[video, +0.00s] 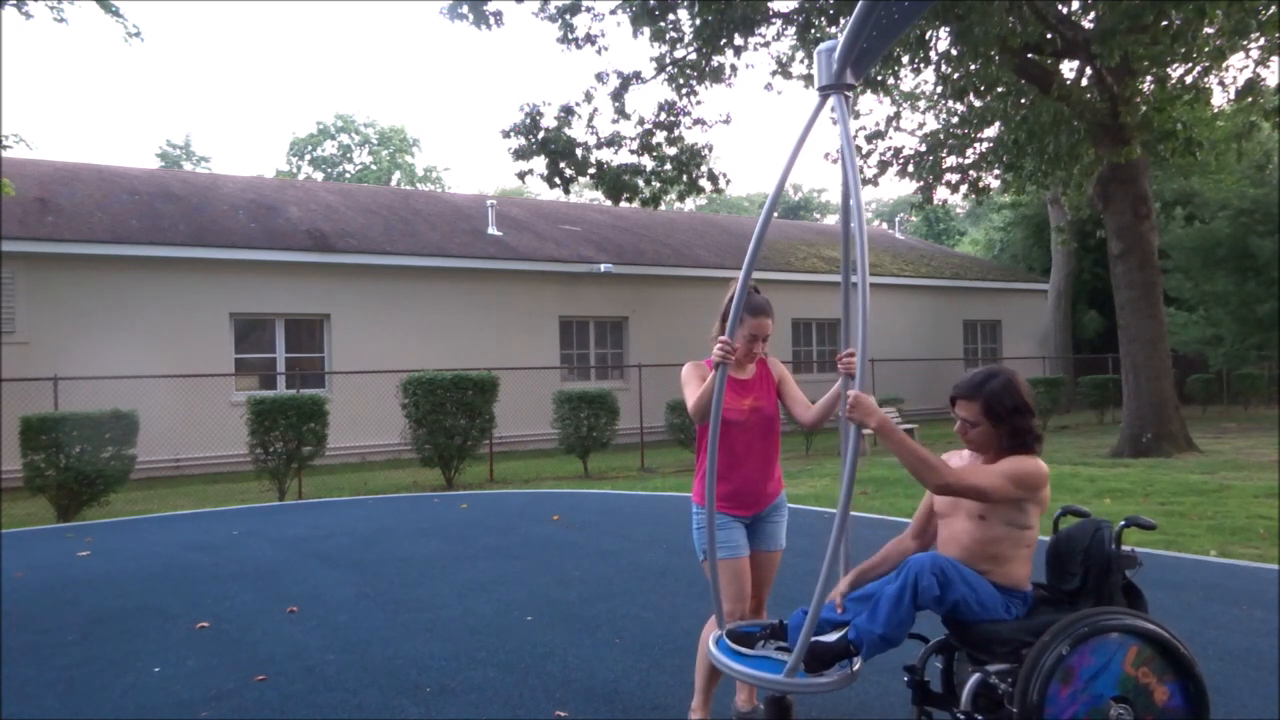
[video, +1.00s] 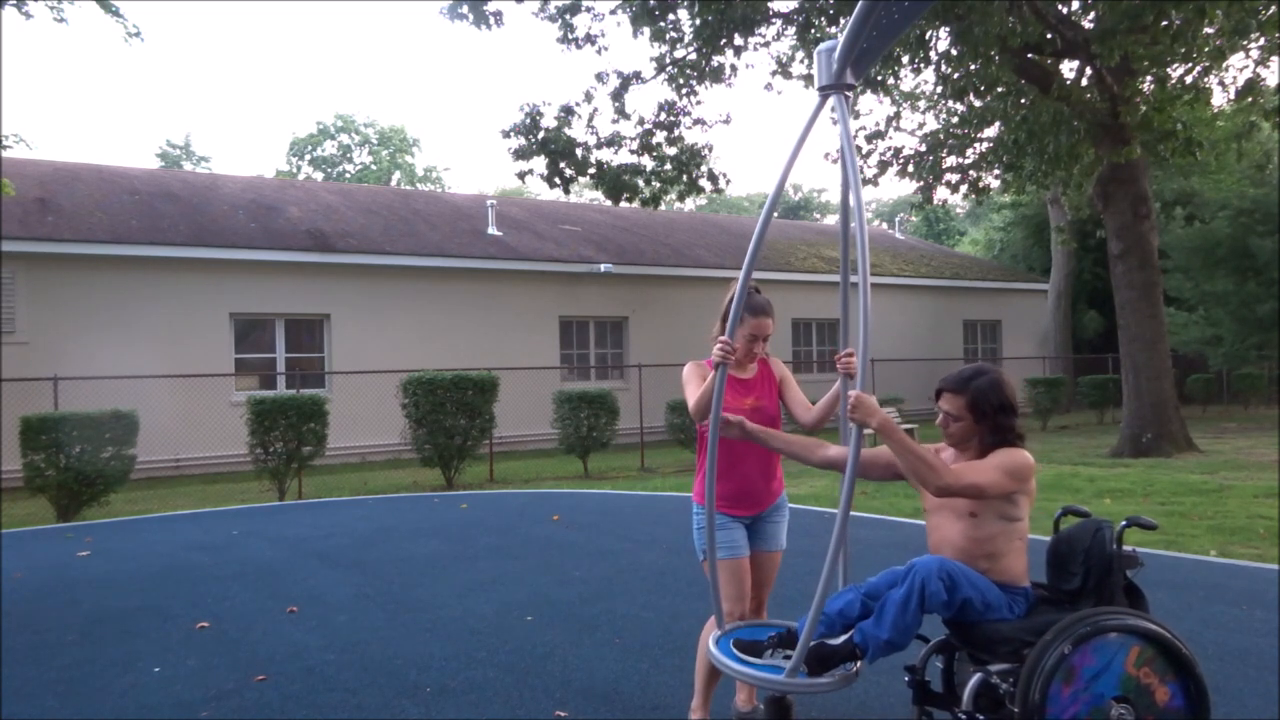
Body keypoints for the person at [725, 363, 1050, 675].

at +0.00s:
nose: (959, 431)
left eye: (969, 424)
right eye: (957, 421)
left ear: (1004, 424)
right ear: (956, 415)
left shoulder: (1030, 471)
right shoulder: (954, 462)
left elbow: (945, 481)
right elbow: (914, 538)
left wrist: (879, 422)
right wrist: (852, 577)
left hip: (1001, 599)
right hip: (945, 585)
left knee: (928, 567)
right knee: (879, 590)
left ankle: (846, 645)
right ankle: (789, 631)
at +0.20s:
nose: (956, 432)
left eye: (967, 424)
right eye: (954, 422)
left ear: (1001, 423)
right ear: (952, 415)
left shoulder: (1031, 470)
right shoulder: (950, 462)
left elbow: (950, 483)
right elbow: (918, 536)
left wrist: (880, 423)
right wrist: (864, 565)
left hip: (999, 599)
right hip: (944, 582)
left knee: (929, 565)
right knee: (884, 565)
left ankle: (852, 646)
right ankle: (798, 630)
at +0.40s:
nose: (951, 431)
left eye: (961, 424)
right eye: (949, 421)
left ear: (996, 422)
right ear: (948, 415)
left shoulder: (1027, 469)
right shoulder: (946, 463)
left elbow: (946, 484)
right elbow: (912, 532)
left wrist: (881, 424)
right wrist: (856, 557)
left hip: (1000, 598)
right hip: (944, 583)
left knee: (931, 568)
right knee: (883, 573)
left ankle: (851, 648)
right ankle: (799, 633)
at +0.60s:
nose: (948, 428)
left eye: (957, 421)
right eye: (946, 419)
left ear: (992, 420)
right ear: (945, 414)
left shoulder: (1024, 466)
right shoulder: (940, 464)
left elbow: (945, 482)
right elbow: (876, 513)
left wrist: (880, 423)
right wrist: (812, 502)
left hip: (1002, 599)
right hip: (945, 587)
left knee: (933, 568)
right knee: (883, 589)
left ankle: (854, 649)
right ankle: (798, 636)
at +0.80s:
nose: (945, 427)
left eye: (955, 420)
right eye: (943, 417)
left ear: (989, 419)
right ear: (942, 413)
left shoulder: (1021, 465)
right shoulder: (936, 461)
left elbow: (946, 483)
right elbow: (853, 478)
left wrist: (883, 424)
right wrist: (776, 451)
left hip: (1001, 599)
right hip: (945, 587)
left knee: (933, 568)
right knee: (892, 583)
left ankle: (853, 648)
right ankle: (802, 636)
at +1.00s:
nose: (941, 425)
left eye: (951, 418)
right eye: (939, 416)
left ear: (984, 419)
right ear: (938, 412)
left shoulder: (1016, 462)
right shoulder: (931, 457)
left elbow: (943, 483)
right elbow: (828, 455)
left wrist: (882, 424)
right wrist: (747, 429)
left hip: (1002, 598)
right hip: (943, 587)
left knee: (932, 569)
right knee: (875, 590)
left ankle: (853, 647)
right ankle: (798, 638)